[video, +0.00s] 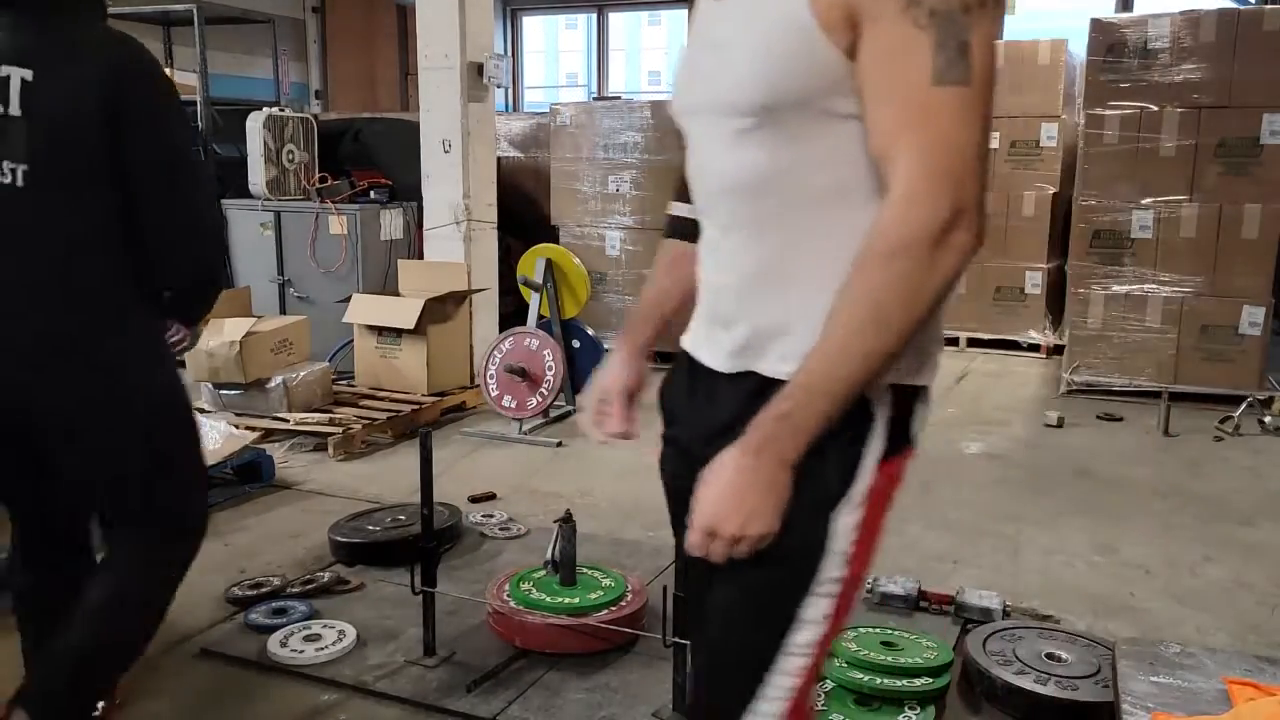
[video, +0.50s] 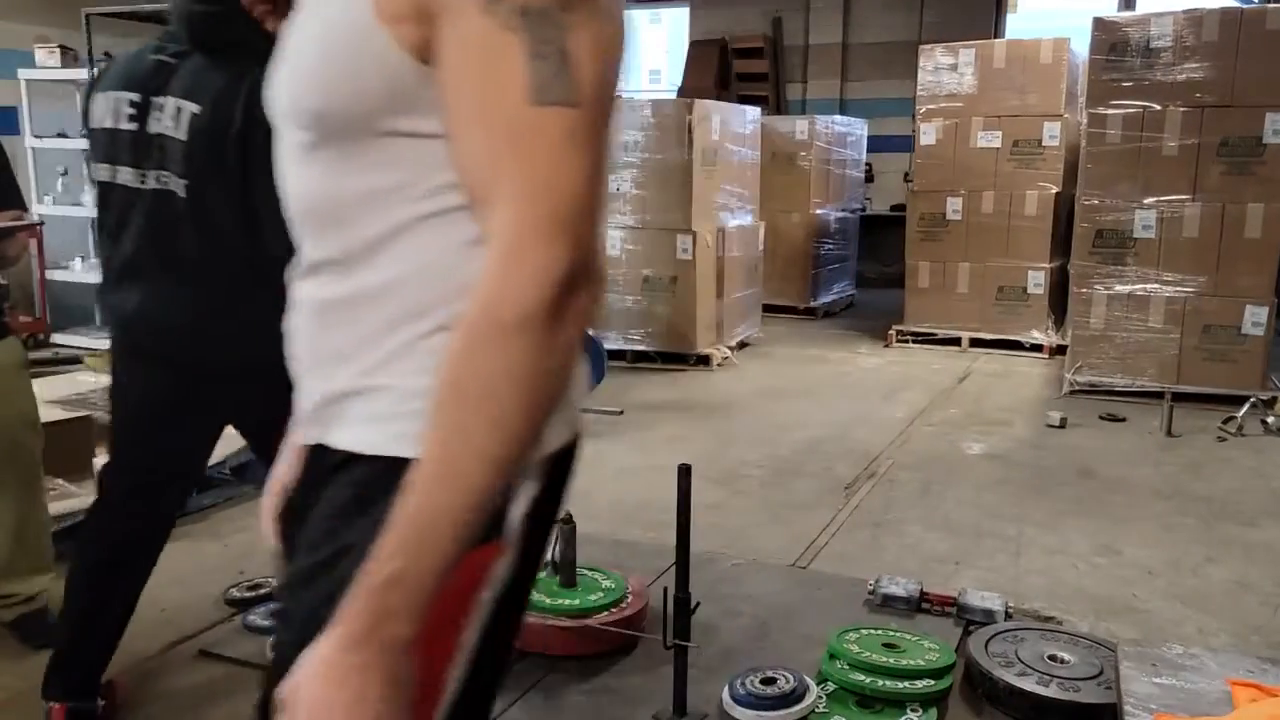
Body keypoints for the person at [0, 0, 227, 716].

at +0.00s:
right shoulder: (114, 63)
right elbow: (180, 201)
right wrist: (186, 299)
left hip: (11, 343)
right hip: (94, 340)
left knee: (43, 526)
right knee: (167, 508)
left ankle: (60, 696)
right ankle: (57, 695)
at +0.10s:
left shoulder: (5, 47)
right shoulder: (127, 54)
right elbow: (192, 181)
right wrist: (208, 284)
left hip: (19, 334)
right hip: (124, 327)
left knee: (50, 540)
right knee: (212, 471)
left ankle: (58, 705)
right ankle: (124, 664)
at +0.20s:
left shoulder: (23, 49)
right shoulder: (150, 56)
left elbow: (25, 195)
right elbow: (200, 184)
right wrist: (232, 280)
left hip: (44, 317)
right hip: (150, 315)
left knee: (65, 514)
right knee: (244, 445)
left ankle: (61, 697)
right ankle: (222, 619)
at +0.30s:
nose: (207, 8)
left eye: (208, 3)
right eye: (204, 1)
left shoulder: (23, 55)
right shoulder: (177, 64)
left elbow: (18, 203)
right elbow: (224, 192)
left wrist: (41, 296)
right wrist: (257, 283)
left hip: (72, 319)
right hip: (179, 315)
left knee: (83, 510)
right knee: (261, 447)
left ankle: (62, 696)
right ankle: (306, 574)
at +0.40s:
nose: (253, 28)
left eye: (259, 18)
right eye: (252, 13)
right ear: (221, 1)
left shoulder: (56, 70)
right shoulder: (211, 77)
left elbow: (65, 199)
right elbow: (256, 212)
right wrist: (290, 295)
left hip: (104, 327)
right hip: (206, 326)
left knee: (102, 513)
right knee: (288, 461)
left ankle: (64, 693)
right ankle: (363, 562)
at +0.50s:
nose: (287, 24)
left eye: (289, 14)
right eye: (285, 12)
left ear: (189, 7)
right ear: (258, 9)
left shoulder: (114, 81)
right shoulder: (258, 88)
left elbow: (114, 214)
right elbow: (288, 228)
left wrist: (135, 303)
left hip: (149, 340)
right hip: (254, 340)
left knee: (127, 512)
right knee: (326, 492)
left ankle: (69, 689)